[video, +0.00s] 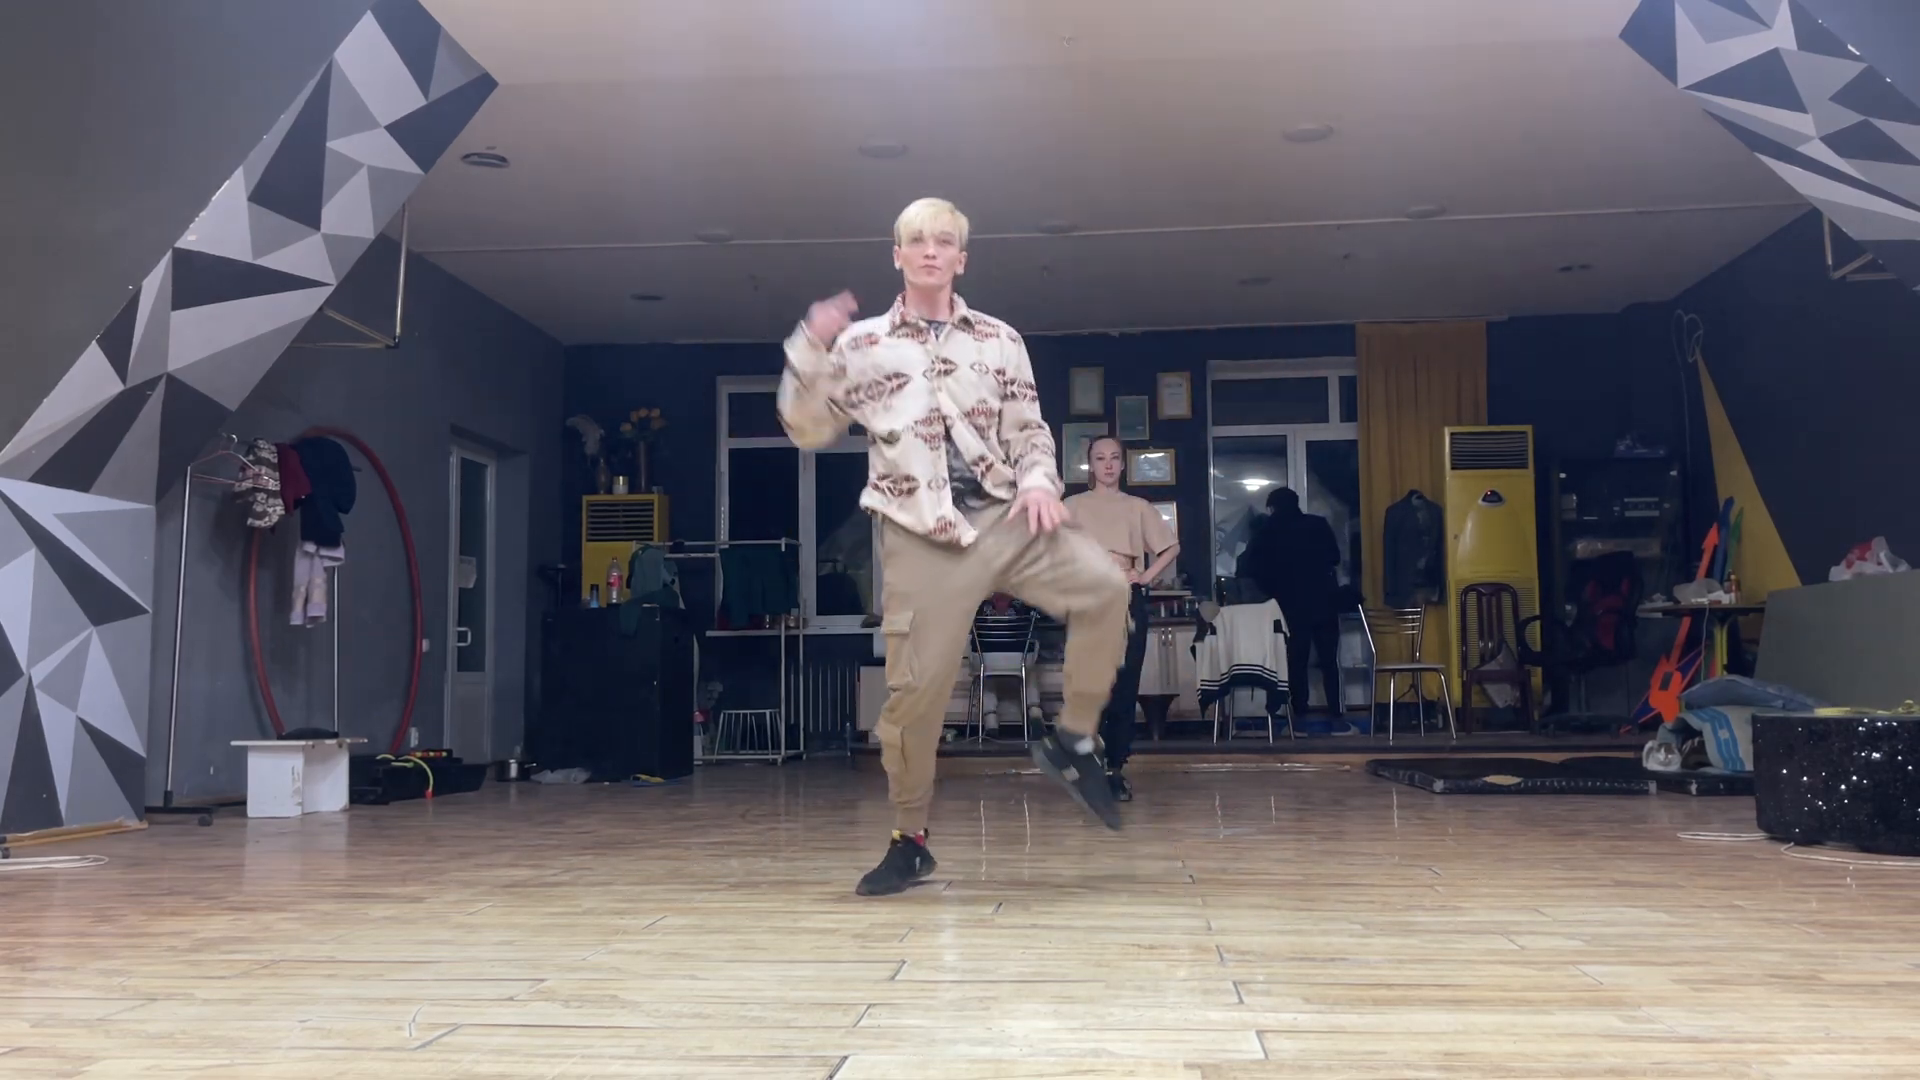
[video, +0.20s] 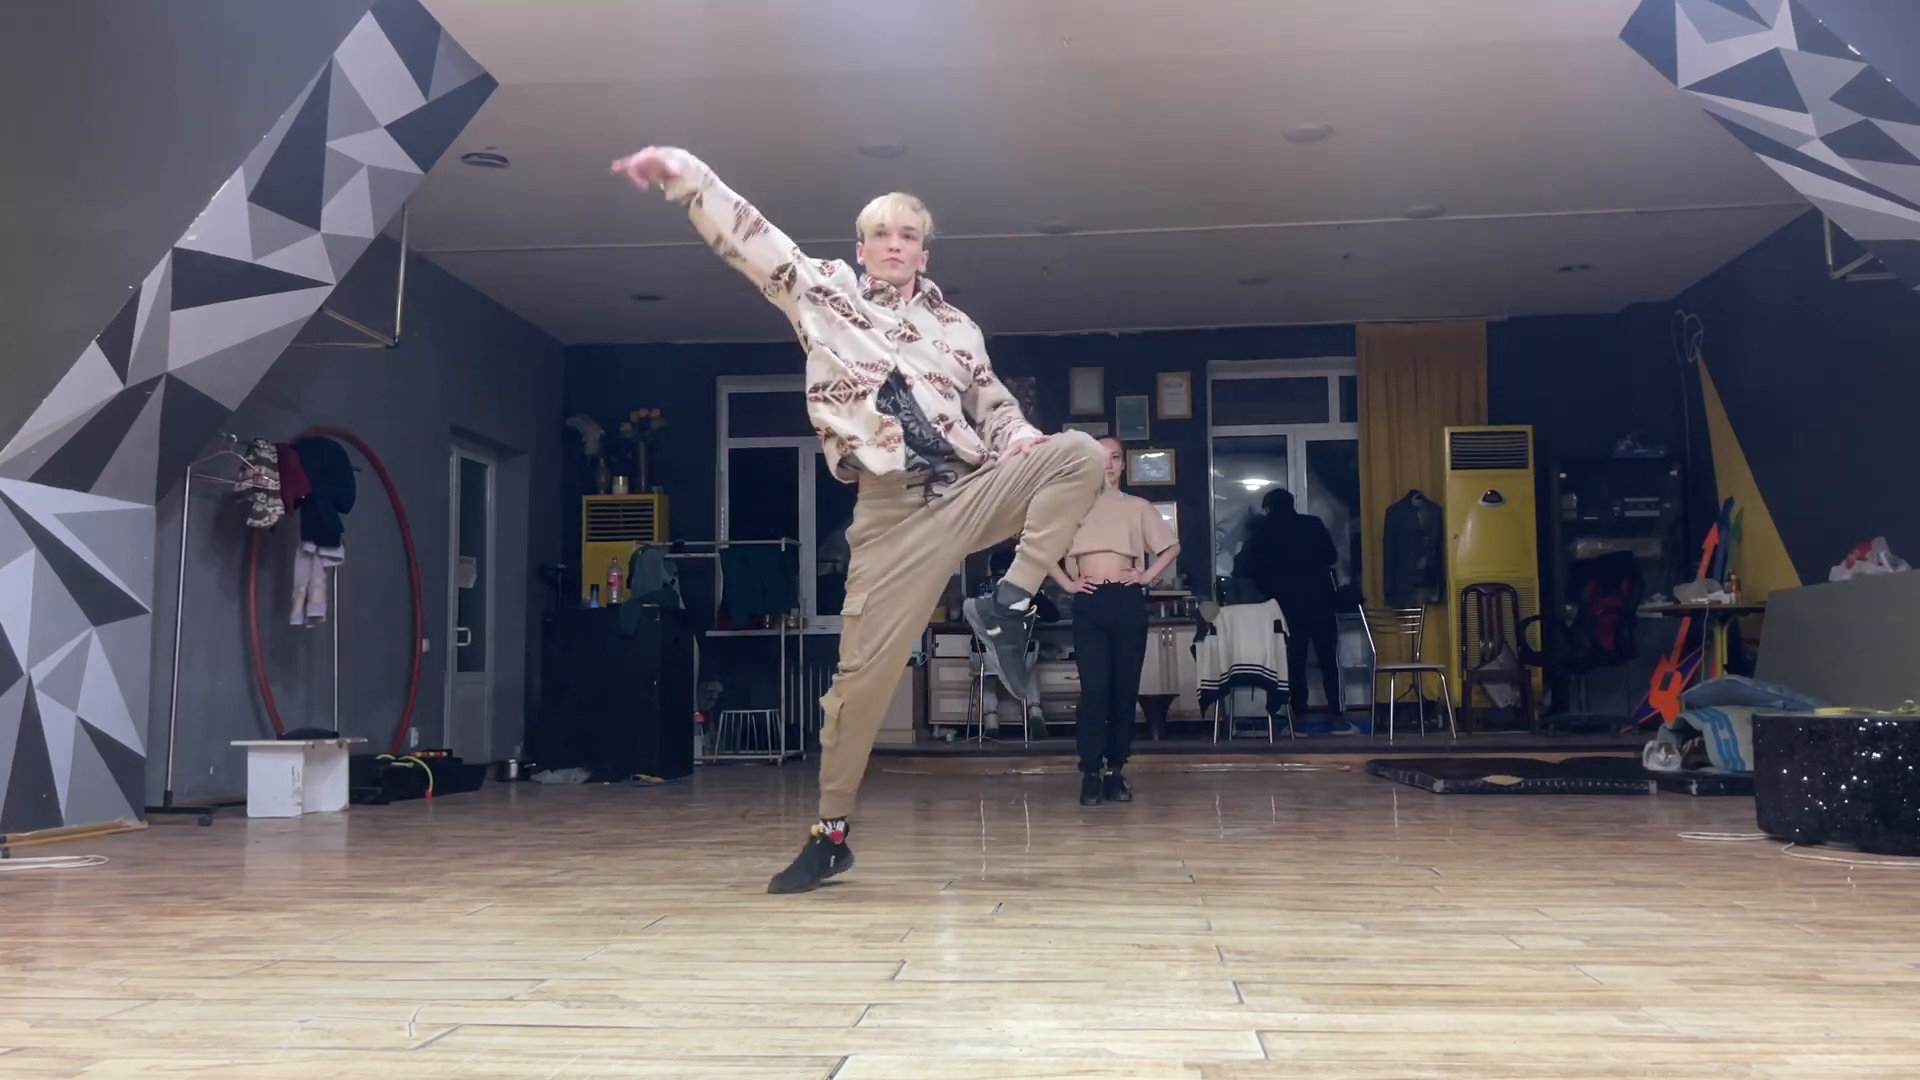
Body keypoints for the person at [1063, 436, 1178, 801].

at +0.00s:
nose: (1108, 464)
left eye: (1114, 458)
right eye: (1101, 459)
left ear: (1123, 463)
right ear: (1089, 464)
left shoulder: (1139, 508)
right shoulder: (1072, 506)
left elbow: (1171, 547)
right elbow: (1055, 547)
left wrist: (1147, 575)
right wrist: (1098, 558)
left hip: (1128, 599)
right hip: (1085, 596)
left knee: (1124, 685)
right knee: (1088, 679)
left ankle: (1116, 769)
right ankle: (1086, 763)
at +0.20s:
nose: (1111, 464)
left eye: (1116, 458)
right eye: (1105, 457)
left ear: (1123, 463)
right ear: (1092, 462)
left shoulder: (1139, 506)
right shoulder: (1072, 505)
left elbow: (1170, 547)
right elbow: (1043, 547)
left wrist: (1147, 576)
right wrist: (1068, 583)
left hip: (1127, 599)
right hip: (1087, 601)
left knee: (1125, 690)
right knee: (1094, 688)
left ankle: (1115, 772)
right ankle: (1091, 773)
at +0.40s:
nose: (1108, 463)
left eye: (1115, 457)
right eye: (1100, 458)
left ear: (1123, 463)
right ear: (1090, 464)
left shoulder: (1140, 507)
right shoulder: (1072, 506)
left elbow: (1172, 547)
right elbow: (1045, 550)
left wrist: (1147, 576)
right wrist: (1067, 583)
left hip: (1129, 600)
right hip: (1088, 601)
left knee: (1124, 689)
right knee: (1094, 689)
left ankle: (1114, 773)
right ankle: (1091, 775)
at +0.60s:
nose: (1108, 463)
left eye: (1114, 457)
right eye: (1100, 457)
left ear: (1123, 463)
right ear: (1090, 463)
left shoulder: (1139, 506)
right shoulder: (1073, 505)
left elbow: (1172, 547)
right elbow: (1042, 548)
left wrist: (1148, 576)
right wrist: (1066, 583)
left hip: (1129, 601)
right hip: (1089, 602)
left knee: (1124, 690)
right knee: (1093, 690)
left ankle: (1115, 772)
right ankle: (1091, 774)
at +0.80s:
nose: (1104, 466)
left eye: (1110, 459)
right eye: (1098, 459)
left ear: (1121, 465)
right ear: (1090, 465)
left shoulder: (1138, 504)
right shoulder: (1077, 504)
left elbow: (1173, 546)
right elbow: (1060, 544)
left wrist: (1149, 576)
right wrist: (1074, 579)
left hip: (1130, 600)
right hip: (1090, 601)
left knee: (1124, 692)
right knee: (1094, 692)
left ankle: (1115, 771)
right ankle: (1099, 773)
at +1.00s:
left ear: (1125, 478)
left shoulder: (1138, 506)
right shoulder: (1075, 507)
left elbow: (1173, 546)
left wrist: (1148, 575)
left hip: (1129, 598)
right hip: (1089, 597)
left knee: (1124, 691)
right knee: (1091, 688)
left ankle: (1119, 776)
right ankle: (1091, 776)